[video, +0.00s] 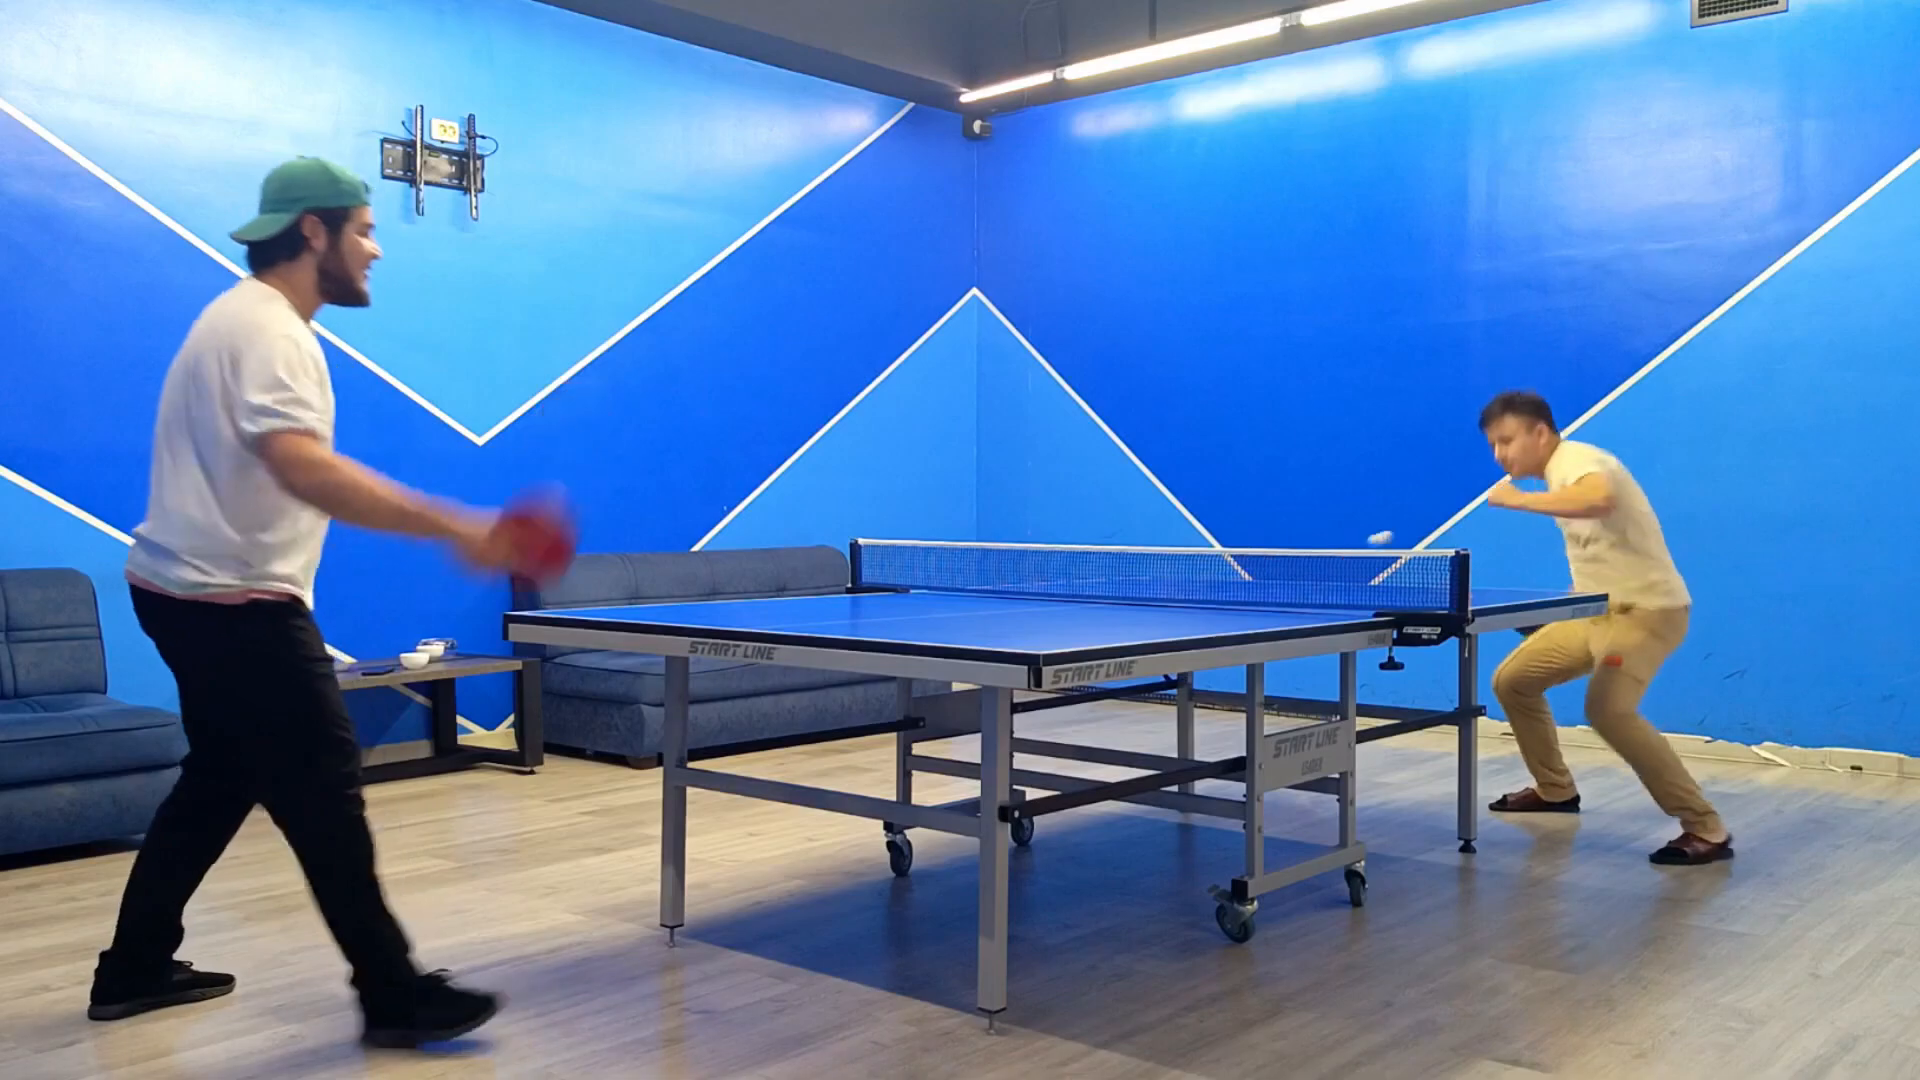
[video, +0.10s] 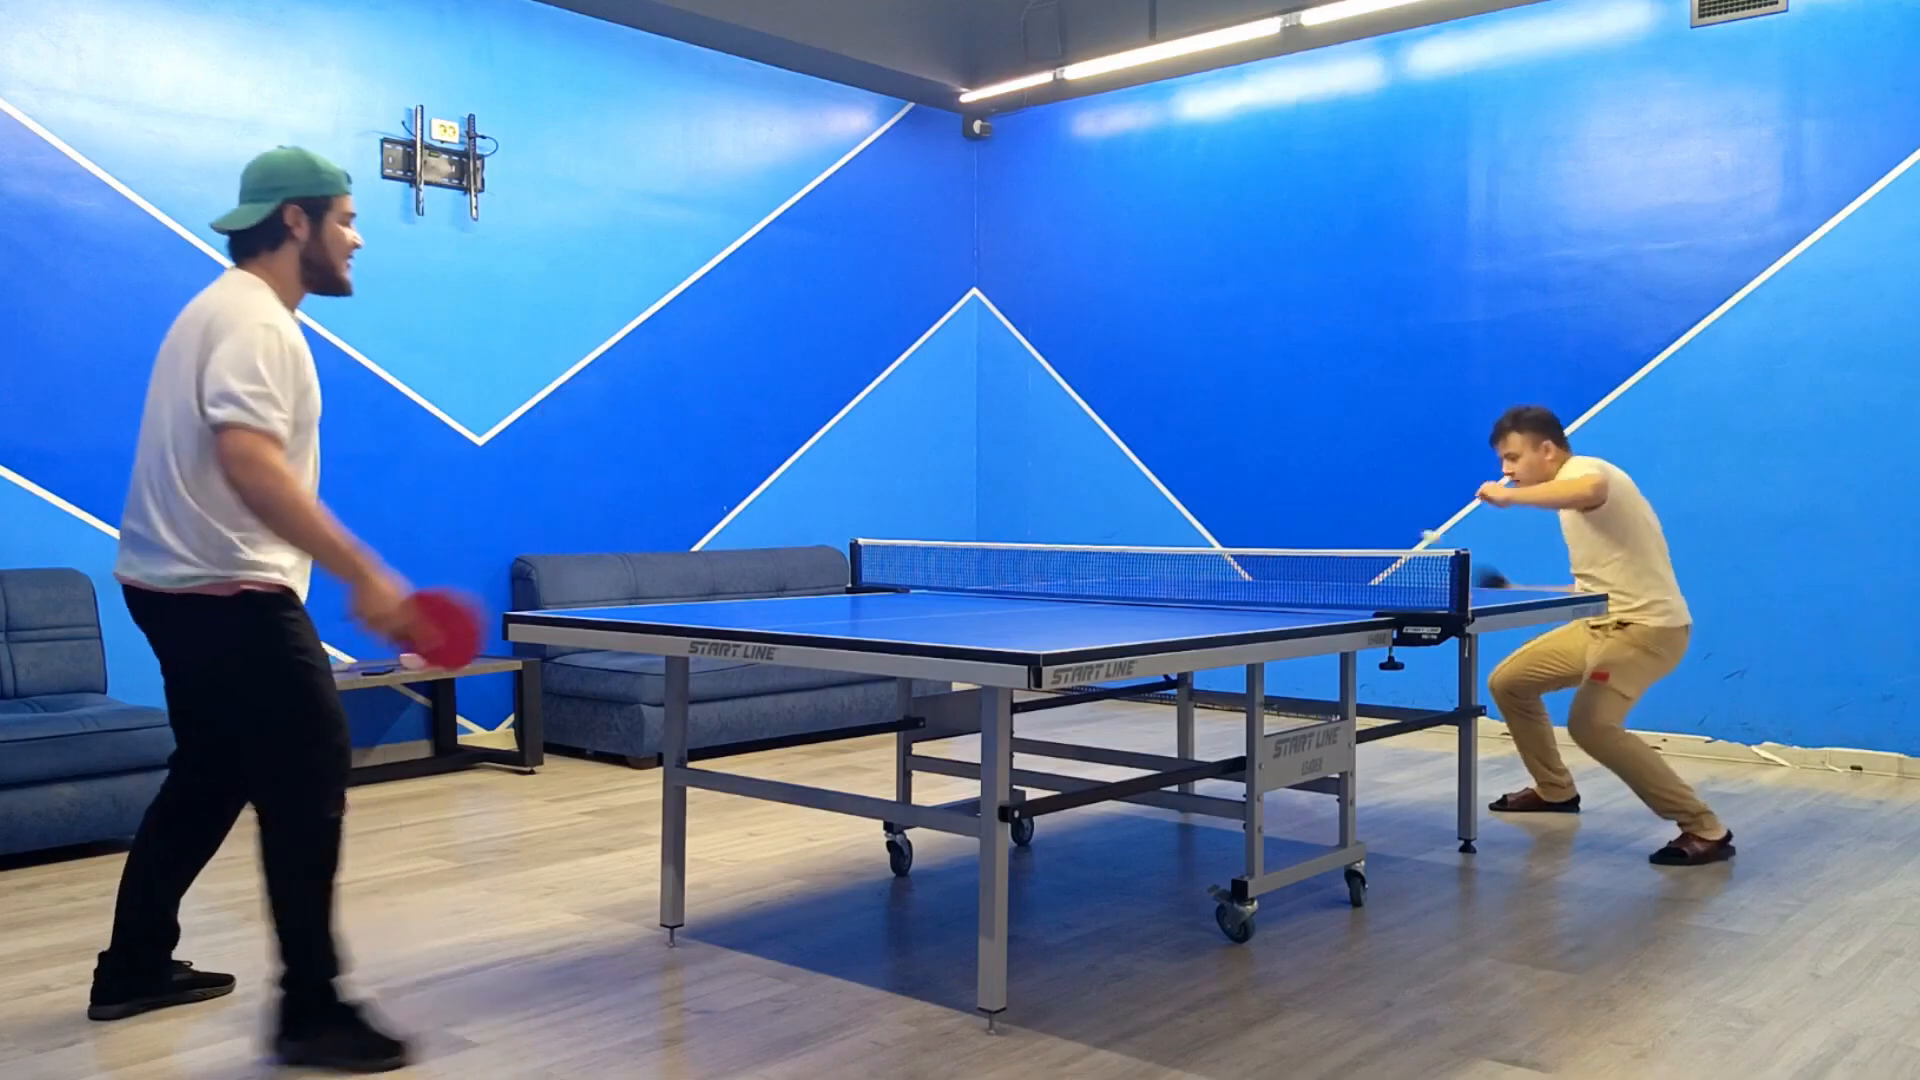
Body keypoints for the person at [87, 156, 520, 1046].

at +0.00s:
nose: (375, 250)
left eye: (373, 233)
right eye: (364, 233)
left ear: (299, 238)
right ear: (310, 236)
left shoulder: (238, 317)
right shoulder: (267, 331)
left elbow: (280, 470)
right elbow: (304, 468)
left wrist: (441, 520)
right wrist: (455, 525)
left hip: (192, 593)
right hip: (236, 601)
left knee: (223, 774)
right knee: (323, 784)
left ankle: (135, 964)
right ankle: (393, 991)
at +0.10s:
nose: (355, 239)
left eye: (352, 222)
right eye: (345, 222)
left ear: (287, 225)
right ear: (296, 223)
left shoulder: (217, 308)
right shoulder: (254, 319)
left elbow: (215, 465)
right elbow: (248, 460)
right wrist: (366, 573)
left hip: (179, 588)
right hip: (230, 592)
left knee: (212, 769)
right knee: (309, 761)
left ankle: (135, 965)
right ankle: (311, 1008)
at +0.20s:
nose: (362, 237)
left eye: (360, 221)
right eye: (350, 219)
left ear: (290, 224)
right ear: (303, 221)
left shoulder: (231, 306)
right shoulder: (263, 317)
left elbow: (213, 470)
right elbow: (228, 462)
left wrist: (315, 601)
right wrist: (323, 589)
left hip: (194, 589)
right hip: (235, 593)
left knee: (222, 768)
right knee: (312, 770)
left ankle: (151, 959)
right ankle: (257, 1008)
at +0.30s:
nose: (455, 260)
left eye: (453, 244)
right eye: (444, 243)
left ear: (388, 248)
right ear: (399, 244)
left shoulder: (334, 326)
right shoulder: (359, 336)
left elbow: (315, 478)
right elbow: (322, 474)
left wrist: (385, 589)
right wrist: (390, 596)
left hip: (299, 592)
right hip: (328, 594)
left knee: (329, 755)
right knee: (417, 753)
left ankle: (259, 941)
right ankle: (358, 985)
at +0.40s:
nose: (511, 278)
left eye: (509, 263)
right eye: (500, 261)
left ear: (447, 264)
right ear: (454, 262)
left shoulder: (404, 343)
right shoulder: (409, 351)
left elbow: (398, 495)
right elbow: (372, 488)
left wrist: (449, 592)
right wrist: (434, 612)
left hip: (361, 598)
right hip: (378, 601)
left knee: (387, 752)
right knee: (484, 752)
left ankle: (318, 932)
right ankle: (430, 974)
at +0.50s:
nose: (523, 289)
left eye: (522, 272)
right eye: (513, 272)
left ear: (461, 277)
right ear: (462, 275)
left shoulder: (435, 363)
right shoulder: (410, 365)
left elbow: (436, 507)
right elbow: (368, 504)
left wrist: (502, 588)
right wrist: (434, 633)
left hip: (388, 614)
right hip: (387, 619)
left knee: (409, 764)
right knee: (490, 768)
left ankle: (324, 935)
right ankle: (483, 1006)